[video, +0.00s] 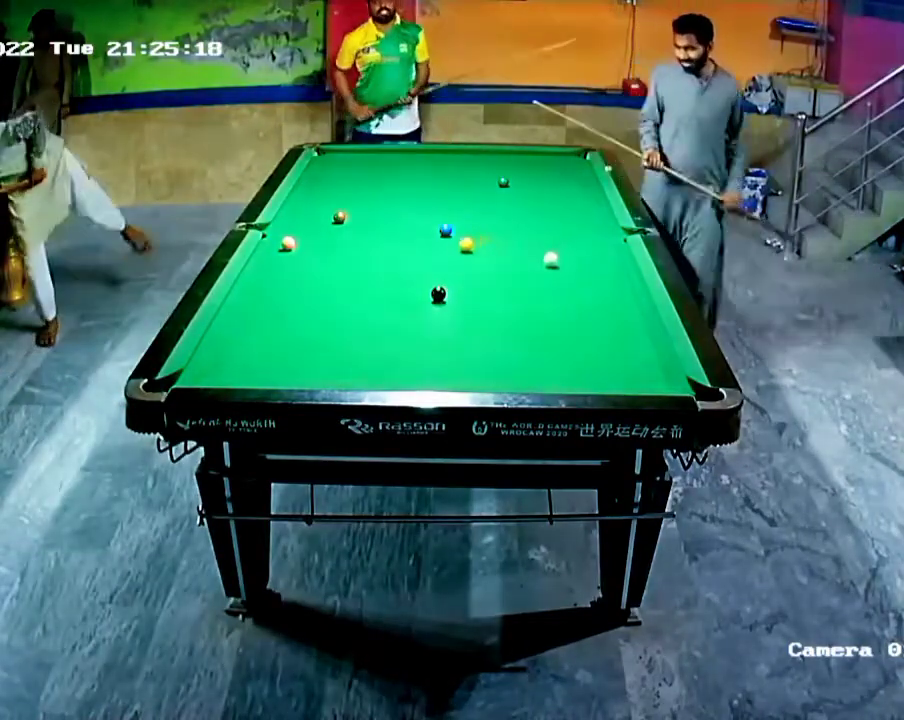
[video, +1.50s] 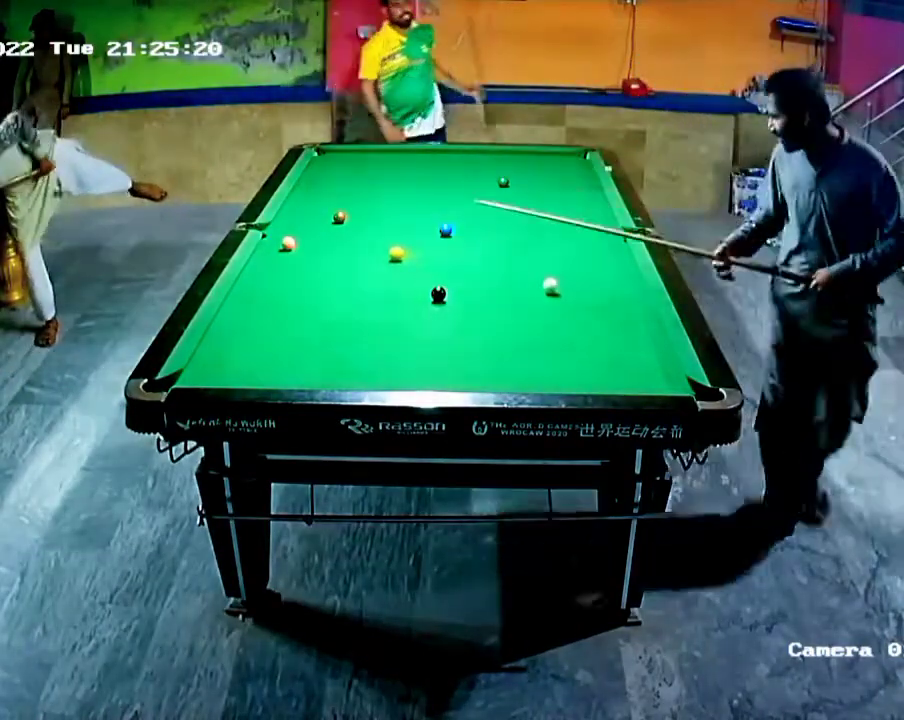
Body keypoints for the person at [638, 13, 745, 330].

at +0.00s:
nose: (683, 55)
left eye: (690, 48)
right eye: (678, 47)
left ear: (708, 46)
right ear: (673, 46)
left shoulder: (728, 85)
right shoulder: (662, 76)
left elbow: (738, 140)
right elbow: (648, 120)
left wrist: (734, 185)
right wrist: (651, 146)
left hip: (706, 195)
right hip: (661, 189)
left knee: (703, 279)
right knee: (650, 271)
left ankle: (697, 347)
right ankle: (644, 343)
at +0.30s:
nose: (699, 58)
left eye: (706, 51)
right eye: (695, 50)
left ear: (728, 49)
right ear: (692, 47)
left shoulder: (757, 92)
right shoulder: (685, 79)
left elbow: (779, 143)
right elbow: (663, 122)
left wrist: (783, 189)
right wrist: (642, 137)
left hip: (730, 200)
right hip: (683, 193)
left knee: (720, 288)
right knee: (685, 285)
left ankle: (698, 355)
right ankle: (675, 357)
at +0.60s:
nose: (714, 73)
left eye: (721, 65)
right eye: (711, 65)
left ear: (745, 64)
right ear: (708, 65)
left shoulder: (779, 108)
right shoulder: (702, 104)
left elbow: (797, 165)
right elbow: (688, 155)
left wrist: (772, 193)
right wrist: (672, 173)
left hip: (753, 228)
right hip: (705, 224)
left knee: (747, 325)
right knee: (713, 321)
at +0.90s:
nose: (743, 94)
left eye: (750, 86)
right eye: (740, 86)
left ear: (776, 82)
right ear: (739, 82)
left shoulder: (815, 131)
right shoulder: (730, 121)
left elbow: (845, 191)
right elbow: (710, 176)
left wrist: (818, 227)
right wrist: (707, 197)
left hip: (784, 264)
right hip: (731, 256)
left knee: (794, 370)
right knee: (707, 353)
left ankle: (790, 476)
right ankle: (688, 443)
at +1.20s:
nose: (778, 103)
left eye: (785, 95)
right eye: (775, 94)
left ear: (814, 93)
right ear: (779, 93)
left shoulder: (865, 149)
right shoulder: (774, 131)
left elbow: (889, 220)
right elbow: (757, 189)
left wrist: (844, 245)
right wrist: (747, 215)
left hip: (832, 291)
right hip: (774, 282)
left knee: (824, 391)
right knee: (756, 374)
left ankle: (791, 475)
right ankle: (750, 454)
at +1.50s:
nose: (770, 126)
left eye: (778, 116)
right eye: (768, 116)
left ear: (809, 113)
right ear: (780, 114)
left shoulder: (865, 167)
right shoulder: (783, 158)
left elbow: (897, 242)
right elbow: (777, 211)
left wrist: (845, 269)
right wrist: (740, 244)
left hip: (844, 322)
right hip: (791, 313)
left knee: (834, 422)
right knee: (778, 415)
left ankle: (804, 476)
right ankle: (782, 504)